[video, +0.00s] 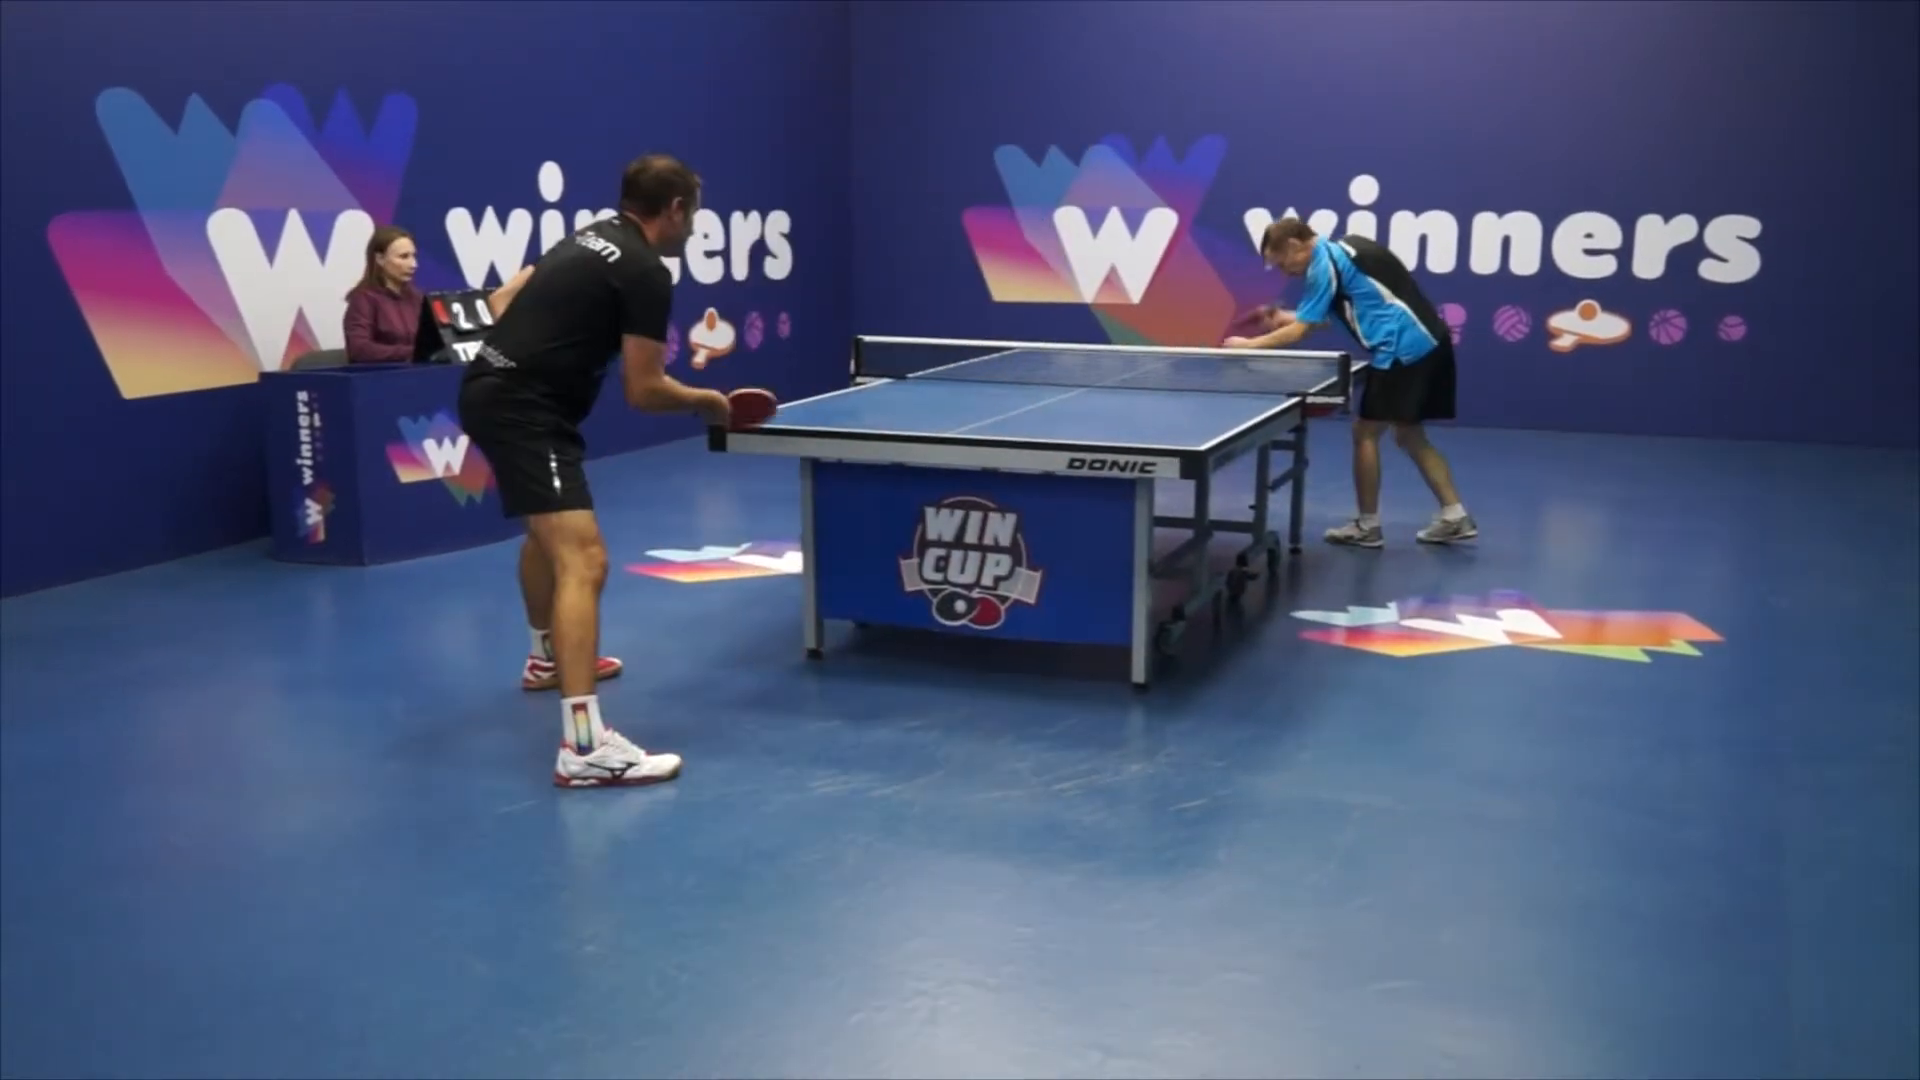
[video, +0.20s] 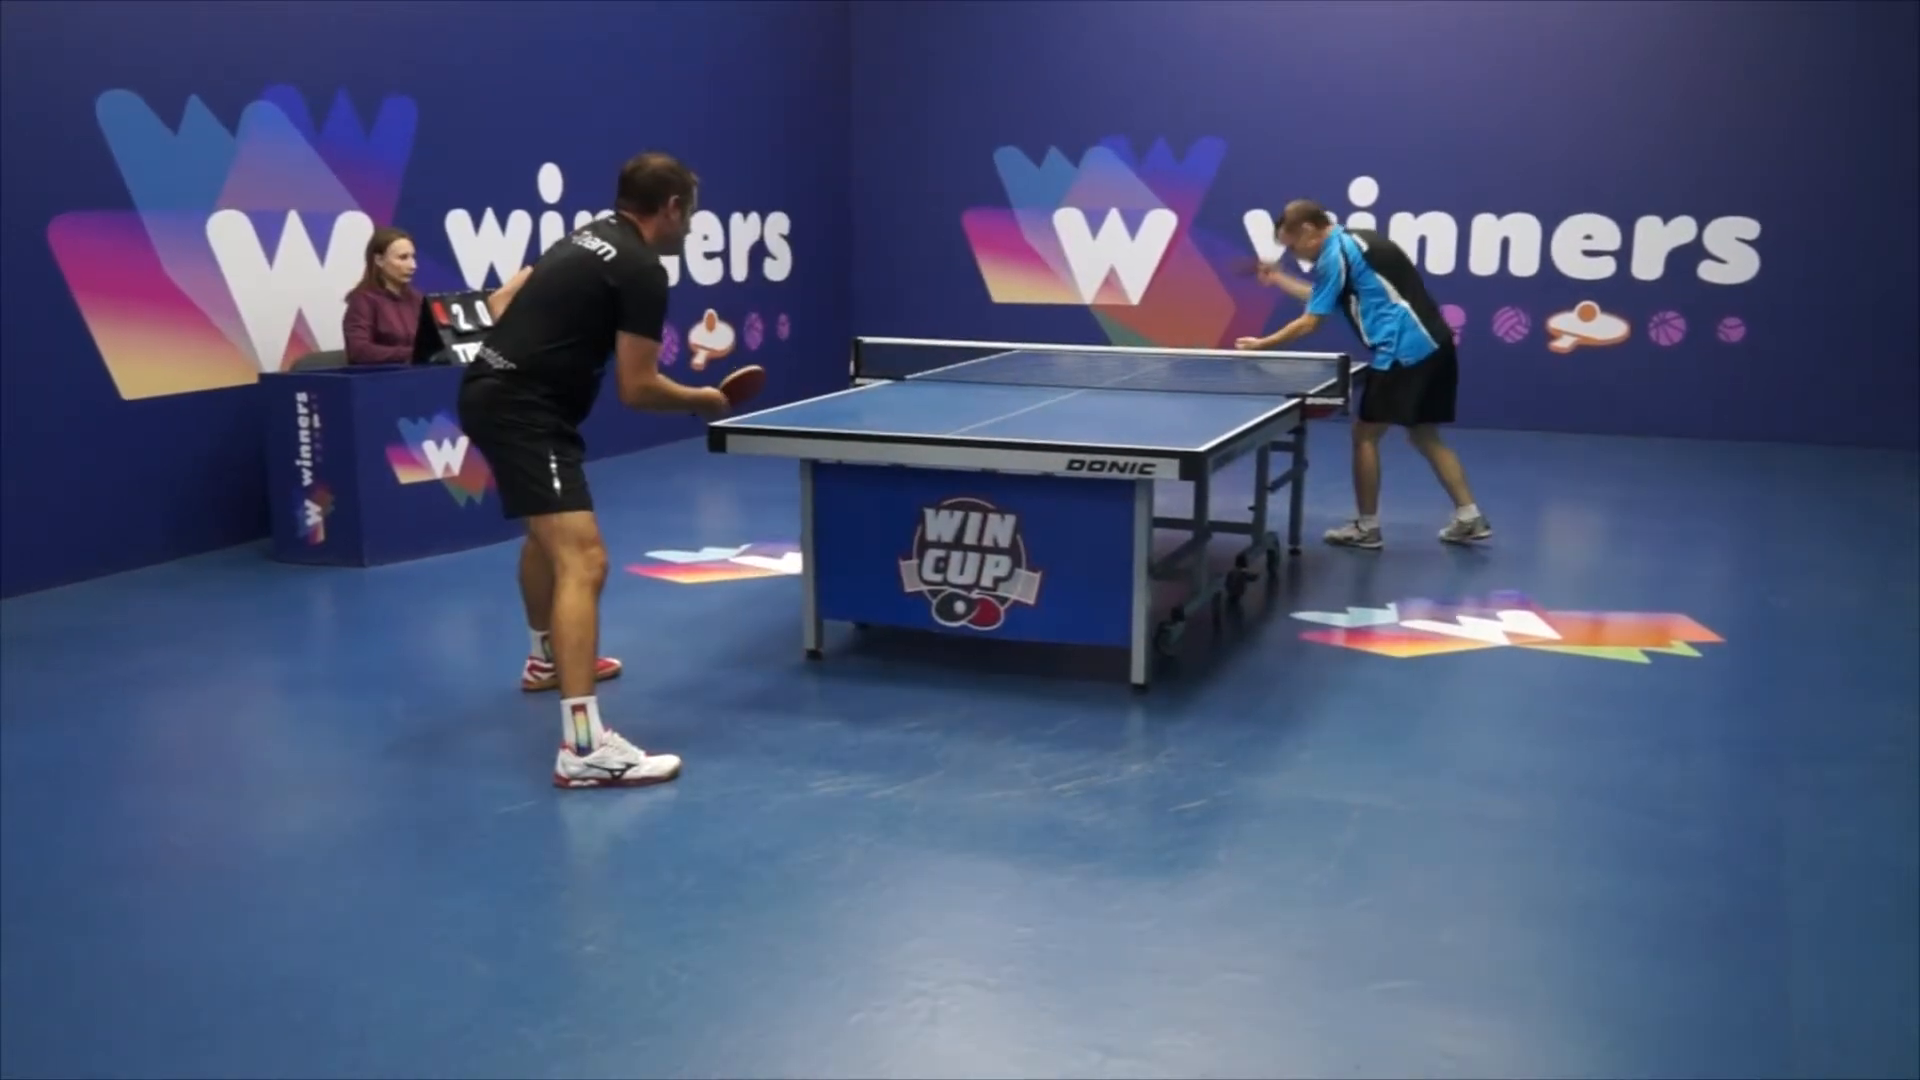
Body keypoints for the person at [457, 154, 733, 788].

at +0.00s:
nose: (691, 225)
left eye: (691, 214)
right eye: (690, 214)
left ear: (633, 205)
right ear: (670, 211)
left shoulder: (594, 237)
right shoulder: (646, 271)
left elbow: (501, 300)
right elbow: (645, 389)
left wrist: (547, 352)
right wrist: (709, 400)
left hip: (493, 393)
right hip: (525, 404)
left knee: (545, 532)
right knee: (583, 562)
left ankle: (548, 654)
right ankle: (584, 741)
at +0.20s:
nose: (687, 224)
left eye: (687, 212)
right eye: (687, 212)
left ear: (629, 203)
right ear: (667, 210)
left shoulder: (591, 237)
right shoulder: (642, 269)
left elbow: (500, 301)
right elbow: (638, 387)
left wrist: (540, 359)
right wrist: (707, 399)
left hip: (492, 394)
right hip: (525, 404)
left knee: (545, 534)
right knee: (582, 562)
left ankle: (547, 656)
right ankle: (583, 742)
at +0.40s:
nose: (685, 209)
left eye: (684, 198)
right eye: (684, 198)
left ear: (622, 193)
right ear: (663, 199)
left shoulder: (583, 232)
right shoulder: (640, 263)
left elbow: (500, 301)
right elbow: (634, 379)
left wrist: (551, 350)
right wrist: (705, 395)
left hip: (496, 390)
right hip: (530, 400)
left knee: (548, 532)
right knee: (586, 562)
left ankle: (548, 655)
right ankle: (583, 741)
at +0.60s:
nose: (679, 193)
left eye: (676, 181)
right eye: (675, 182)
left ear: (616, 181)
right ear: (655, 186)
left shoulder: (573, 225)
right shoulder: (637, 251)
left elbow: (504, 301)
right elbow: (628, 366)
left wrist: (558, 351)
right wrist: (696, 380)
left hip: (507, 389)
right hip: (545, 400)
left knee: (554, 530)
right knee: (593, 561)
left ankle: (548, 656)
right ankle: (583, 741)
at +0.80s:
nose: (673, 176)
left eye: (672, 163)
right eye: (670, 164)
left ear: (607, 167)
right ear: (650, 168)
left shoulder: (570, 219)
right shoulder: (634, 242)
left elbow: (508, 304)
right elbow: (629, 358)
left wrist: (569, 345)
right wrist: (698, 367)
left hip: (518, 391)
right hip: (561, 401)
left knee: (562, 528)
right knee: (604, 561)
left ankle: (549, 656)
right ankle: (584, 742)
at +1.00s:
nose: (670, 162)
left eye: (667, 150)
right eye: (667, 152)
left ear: (603, 157)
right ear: (649, 157)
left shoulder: (565, 214)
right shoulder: (637, 238)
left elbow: (517, 308)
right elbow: (632, 353)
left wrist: (582, 340)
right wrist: (701, 350)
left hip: (537, 393)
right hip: (586, 403)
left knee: (567, 527)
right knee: (623, 566)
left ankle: (550, 655)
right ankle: (586, 740)